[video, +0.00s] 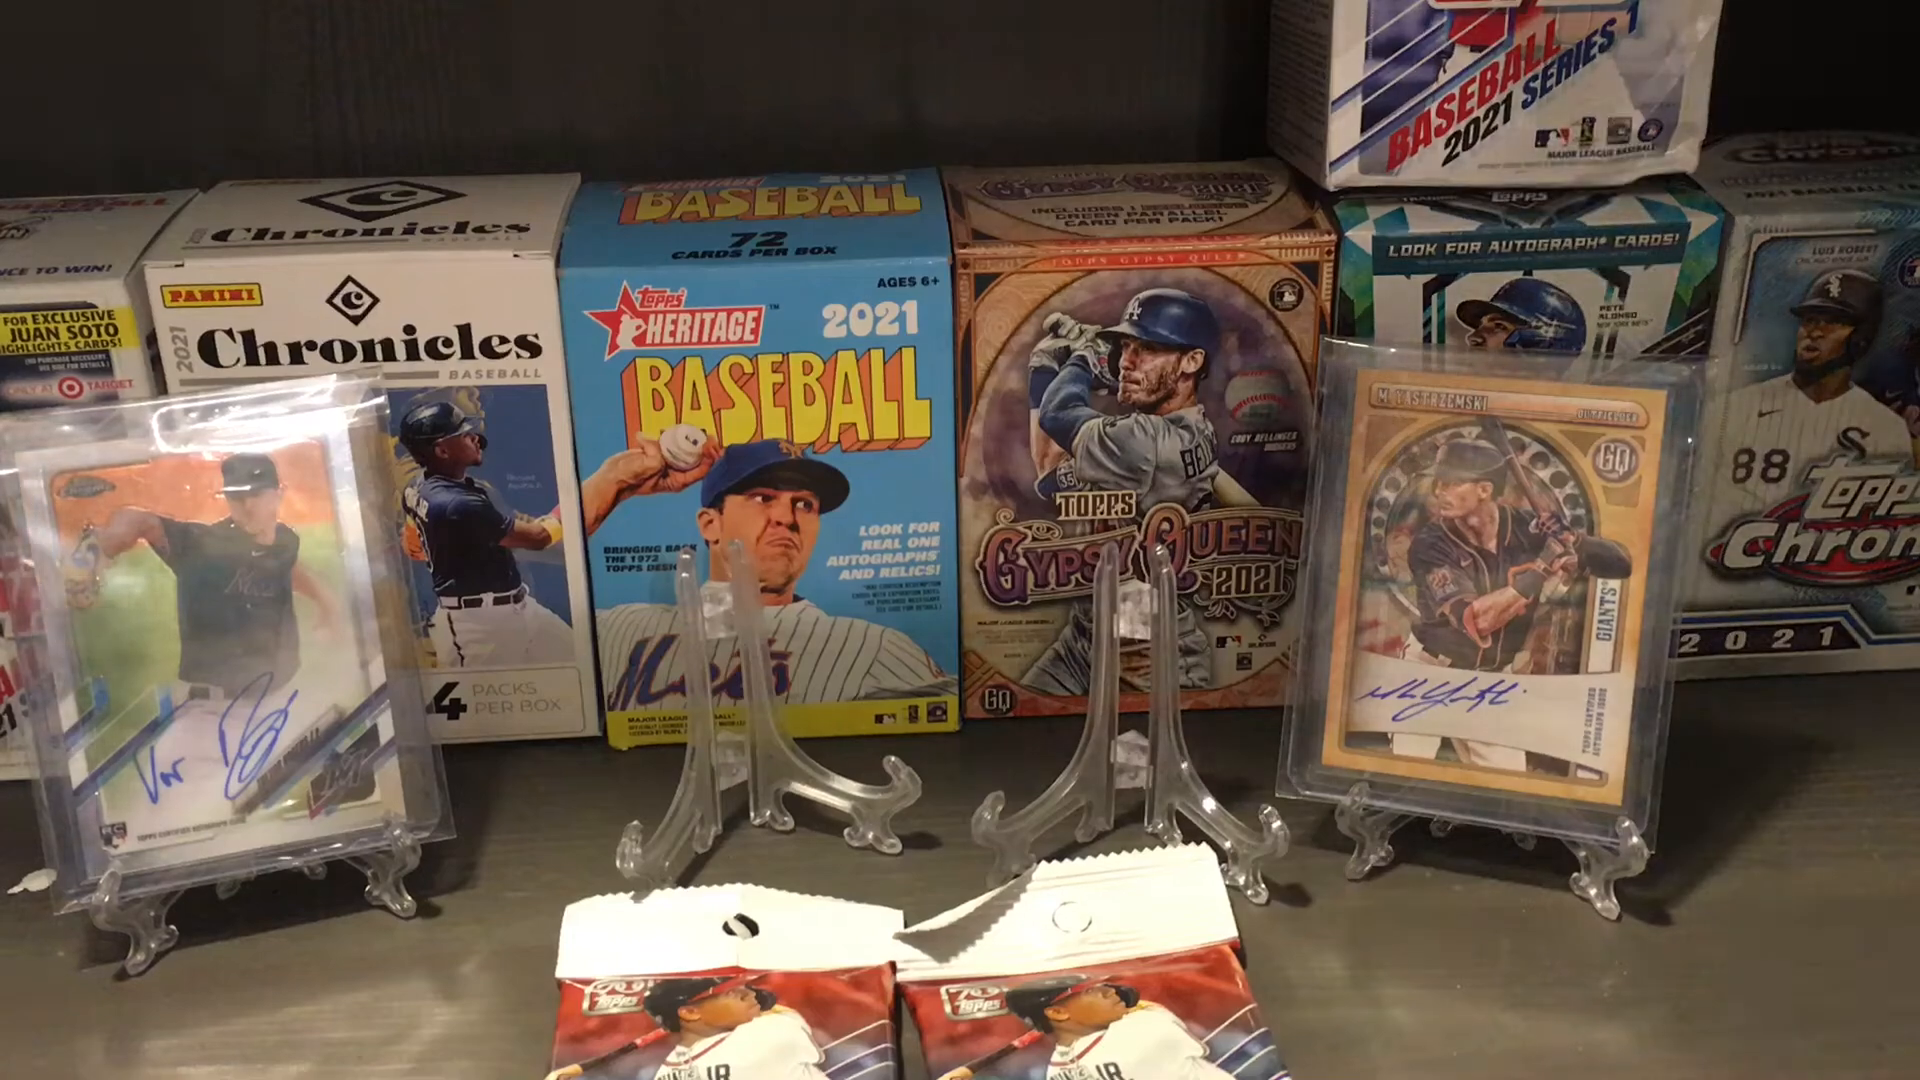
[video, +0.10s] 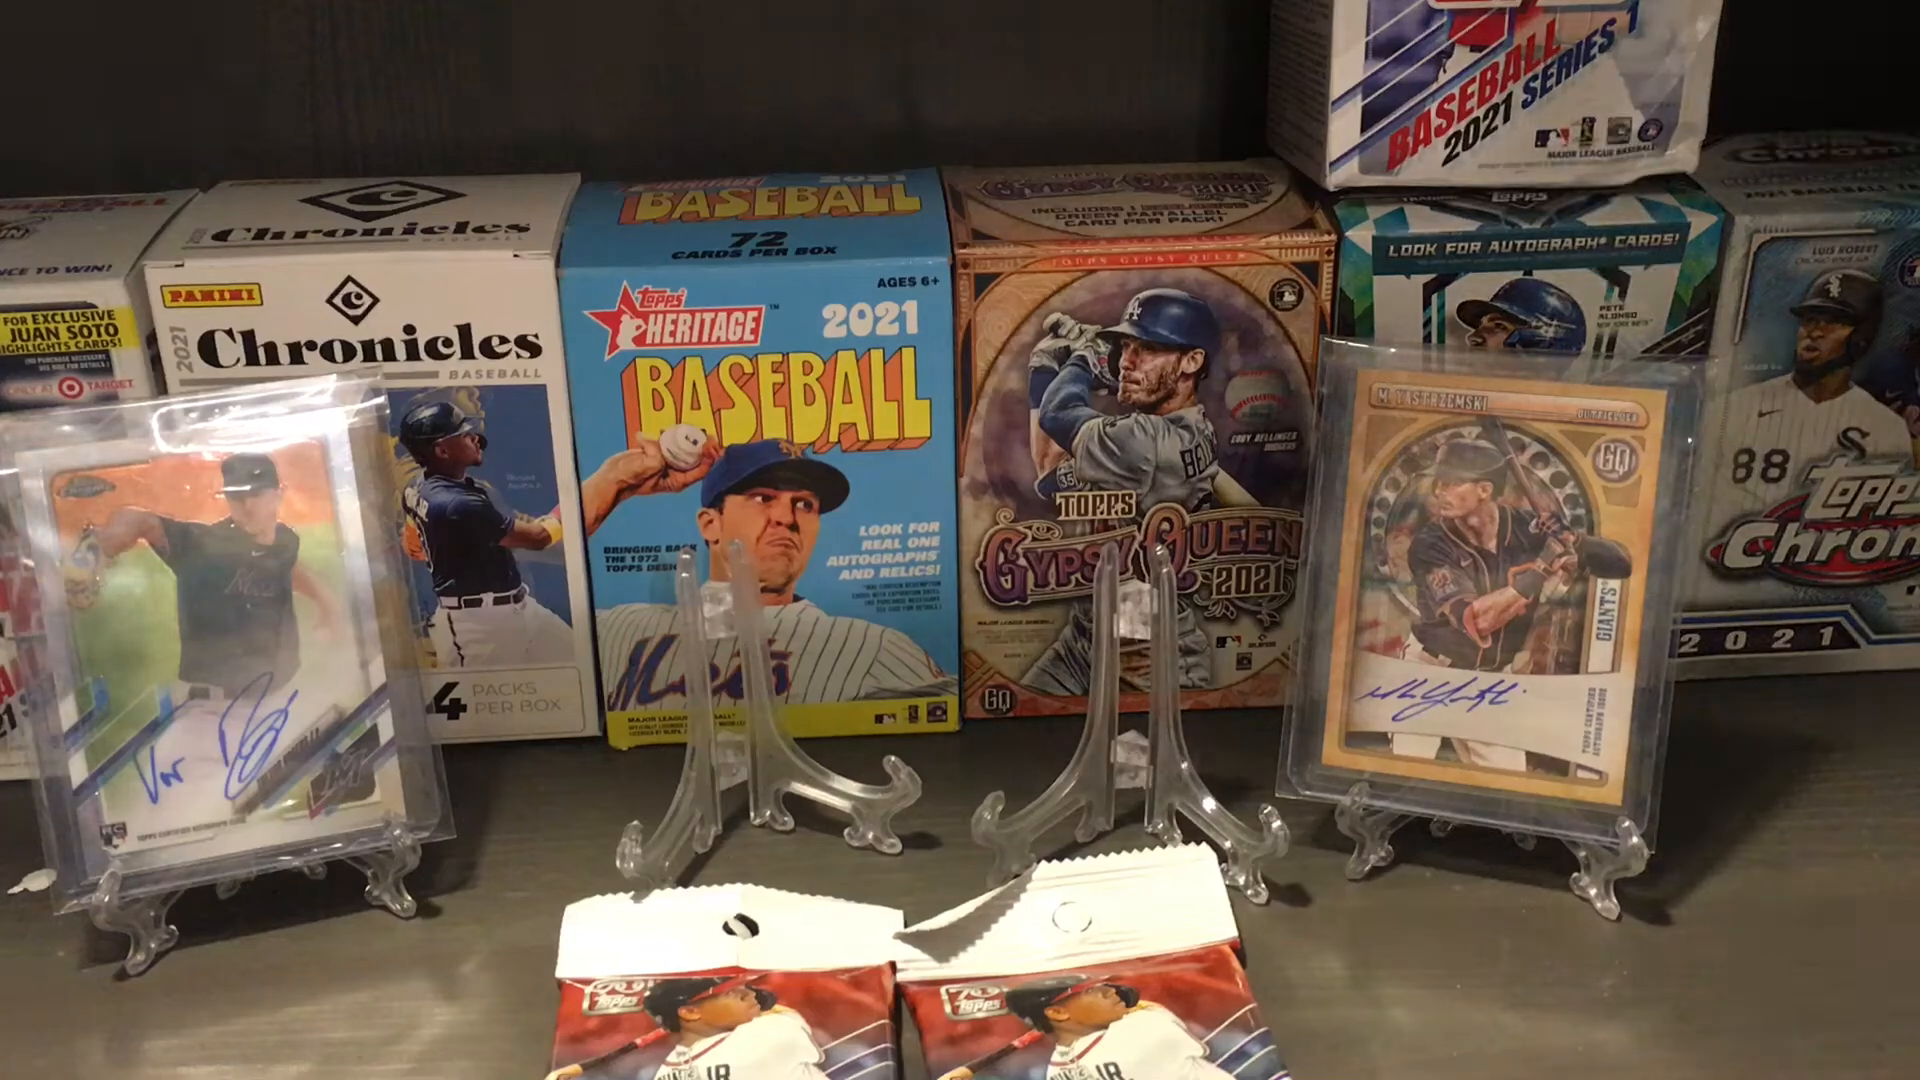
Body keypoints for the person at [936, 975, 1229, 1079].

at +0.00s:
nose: (1107, 989)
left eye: (1096, 984)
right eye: (1089, 989)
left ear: (1059, 1014)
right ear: (1059, 1013)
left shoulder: (1055, 1074)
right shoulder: (1153, 1024)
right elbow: (1144, 1004)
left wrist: (965, 1074)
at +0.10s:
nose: (1108, 989)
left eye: (1096, 984)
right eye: (1089, 989)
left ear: (1059, 1014)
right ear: (1059, 1013)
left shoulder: (1055, 1074)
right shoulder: (1153, 1024)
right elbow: (1144, 1004)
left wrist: (965, 1074)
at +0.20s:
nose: (1108, 989)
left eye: (1096, 984)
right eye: (1089, 989)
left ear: (1059, 1014)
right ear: (1059, 1013)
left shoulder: (1055, 1074)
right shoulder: (1153, 1024)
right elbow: (1144, 1004)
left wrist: (966, 1074)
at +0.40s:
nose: (1107, 989)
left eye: (1096, 984)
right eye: (1089, 989)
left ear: (1059, 1014)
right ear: (1059, 1013)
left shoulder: (1055, 1074)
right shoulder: (1153, 1024)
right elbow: (1144, 1004)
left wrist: (967, 1074)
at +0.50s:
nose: (1108, 989)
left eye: (1096, 984)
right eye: (1089, 990)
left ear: (1059, 1014)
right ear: (1059, 1014)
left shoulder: (1055, 1074)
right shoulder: (1153, 1025)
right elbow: (1143, 1004)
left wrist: (964, 1075)